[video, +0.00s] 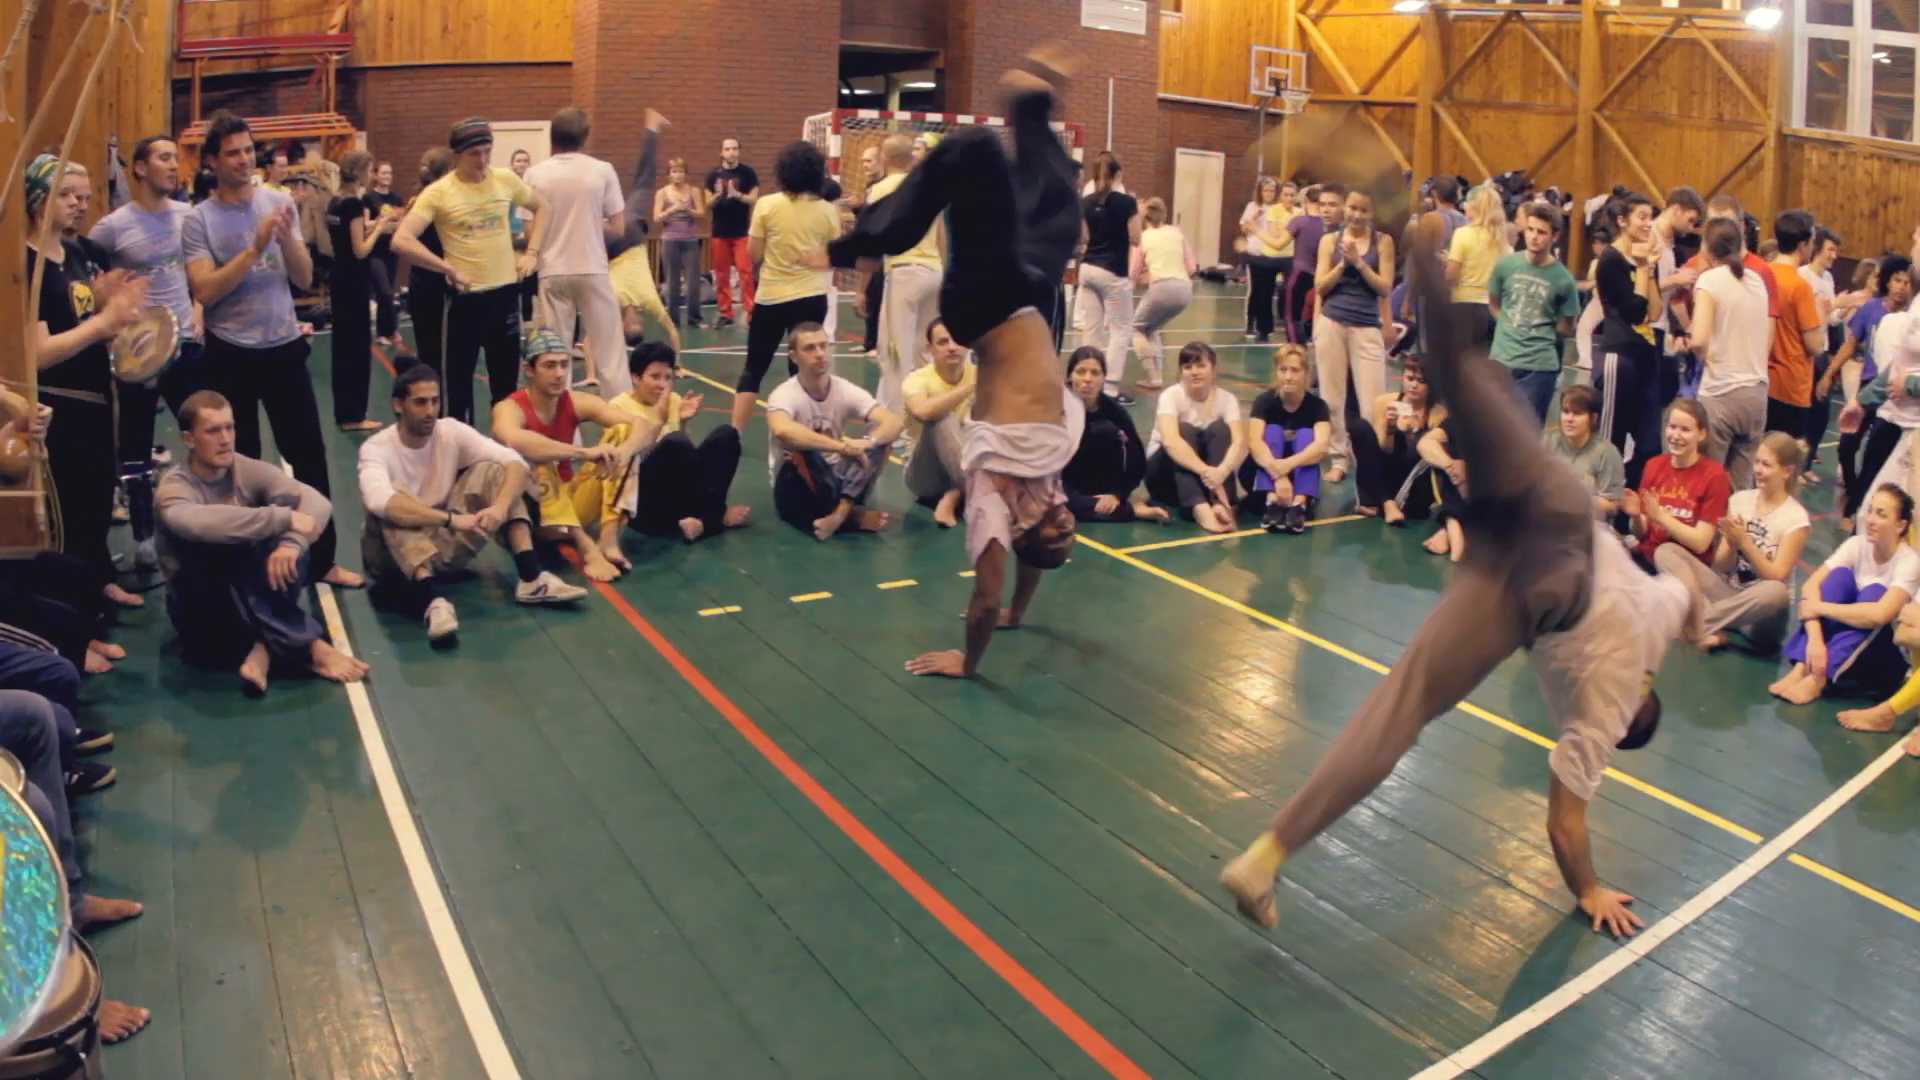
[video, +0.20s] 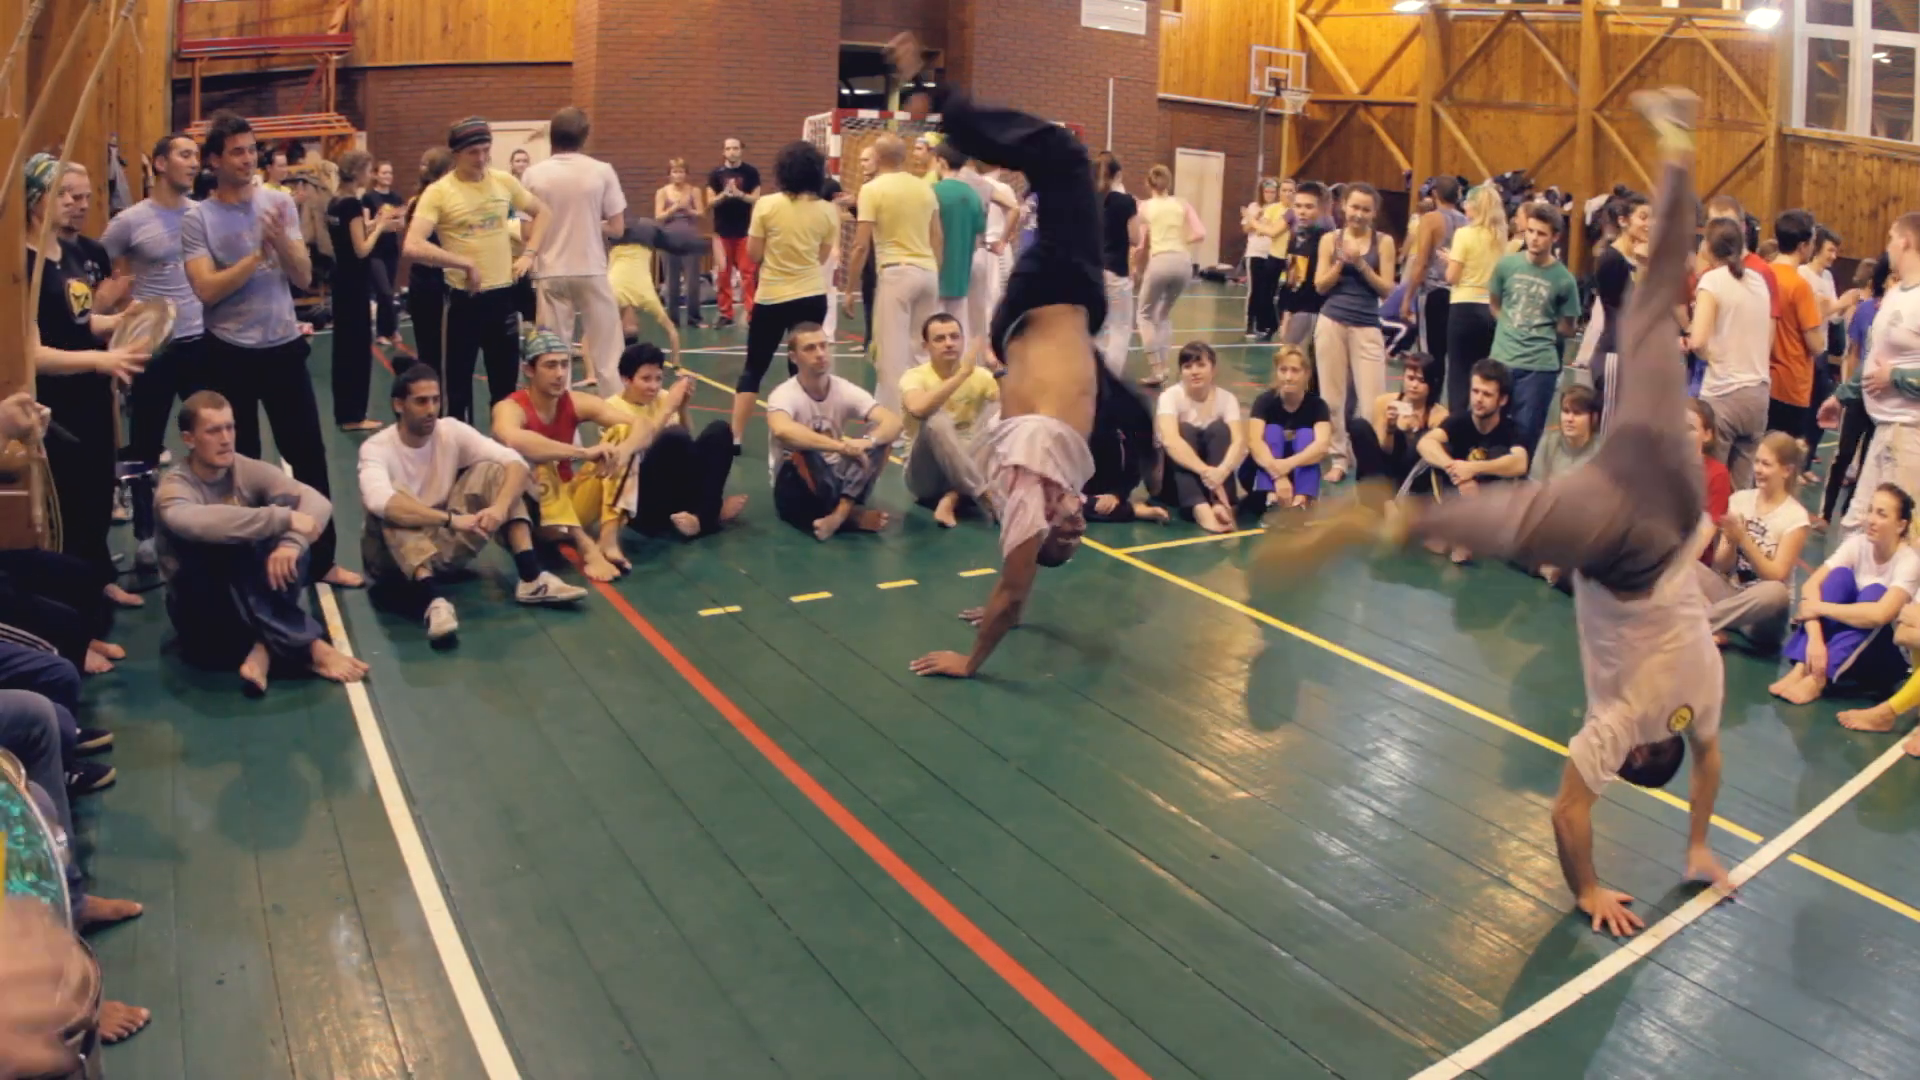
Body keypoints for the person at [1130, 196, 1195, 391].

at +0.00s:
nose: (1143, 219)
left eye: (1143, 216)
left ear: (1146, 218)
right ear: (1164, 216)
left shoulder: (1144, 236)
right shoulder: (1177, 232)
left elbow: (1134, 271)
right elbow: (1191, 266)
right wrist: (1178, 274)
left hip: (1160, 283)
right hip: (1184, 282)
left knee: (1138, 327)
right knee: (1151, 330)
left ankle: (1153, 375)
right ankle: (1156, 375)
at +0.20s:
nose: (1147, 187)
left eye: (1147, 184)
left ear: (1149, 184)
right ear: (1169, 184)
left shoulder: (1144, 207)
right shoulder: (1183, 205)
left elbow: (1140, 244)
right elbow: (1199, 233)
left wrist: (1135, 269)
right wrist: (1181, 241)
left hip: (1158, 258)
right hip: (1182, 256)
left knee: (1145, 313)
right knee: (1163, 315)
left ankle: (1157, 366)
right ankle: (1162, 367)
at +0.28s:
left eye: (1151, 179)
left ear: (1151, 180)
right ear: (1171, 179)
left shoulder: (1144, 202)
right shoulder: (1184, 202)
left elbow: (1140, 234)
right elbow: (1199, 229)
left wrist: (1146, 245)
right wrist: (1182, 239)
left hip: (1158, 251)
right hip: (1182, 251)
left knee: (1149, 314)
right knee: (1176, 314)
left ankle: (1160, 371)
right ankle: (1179, 368)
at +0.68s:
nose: (1170, 184)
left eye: (1170, 181)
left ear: (1170, 183)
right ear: (1188, 185)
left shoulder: (1159, 204)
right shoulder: (1196, 205)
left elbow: (1146, 237)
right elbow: (1204, 241)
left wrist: (1159, 247)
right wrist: (1190, 249)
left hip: (1163, 254)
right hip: (1186, 256)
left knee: (1154, 308)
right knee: (1187, 310)